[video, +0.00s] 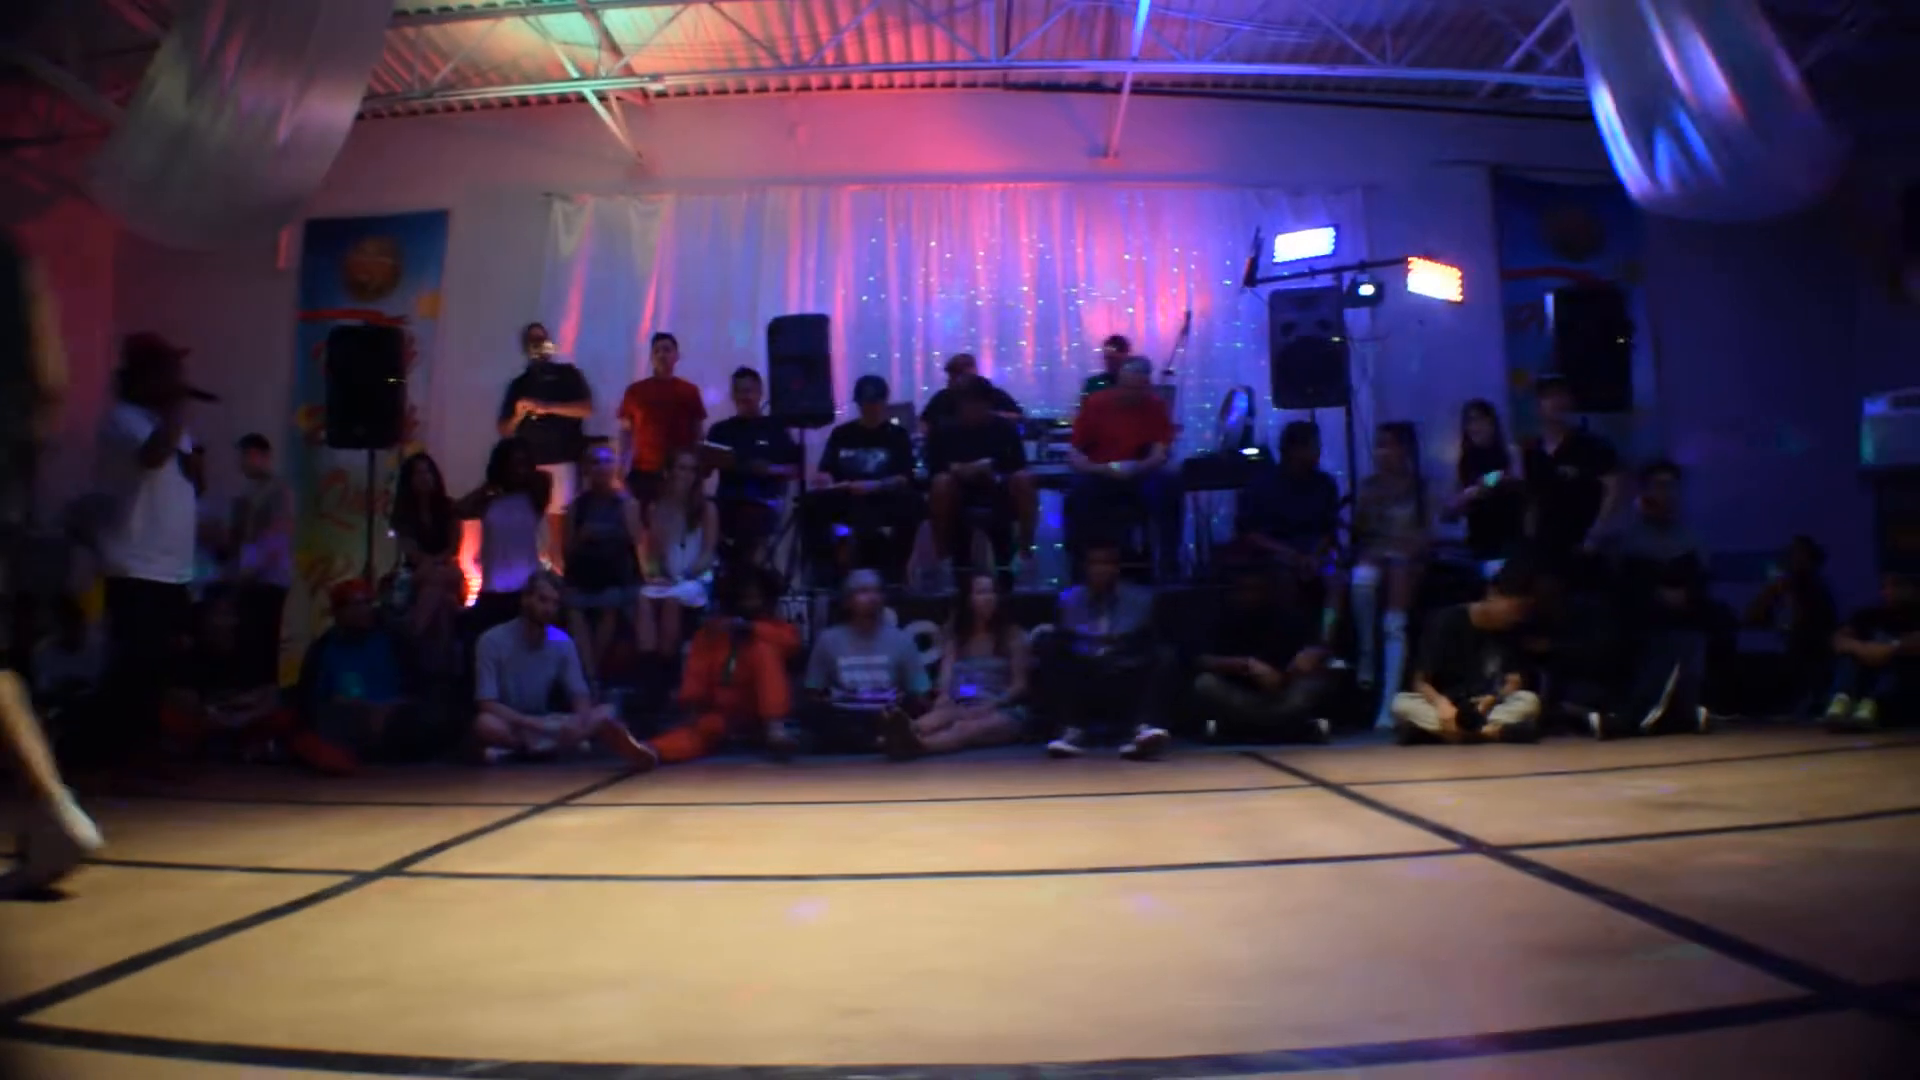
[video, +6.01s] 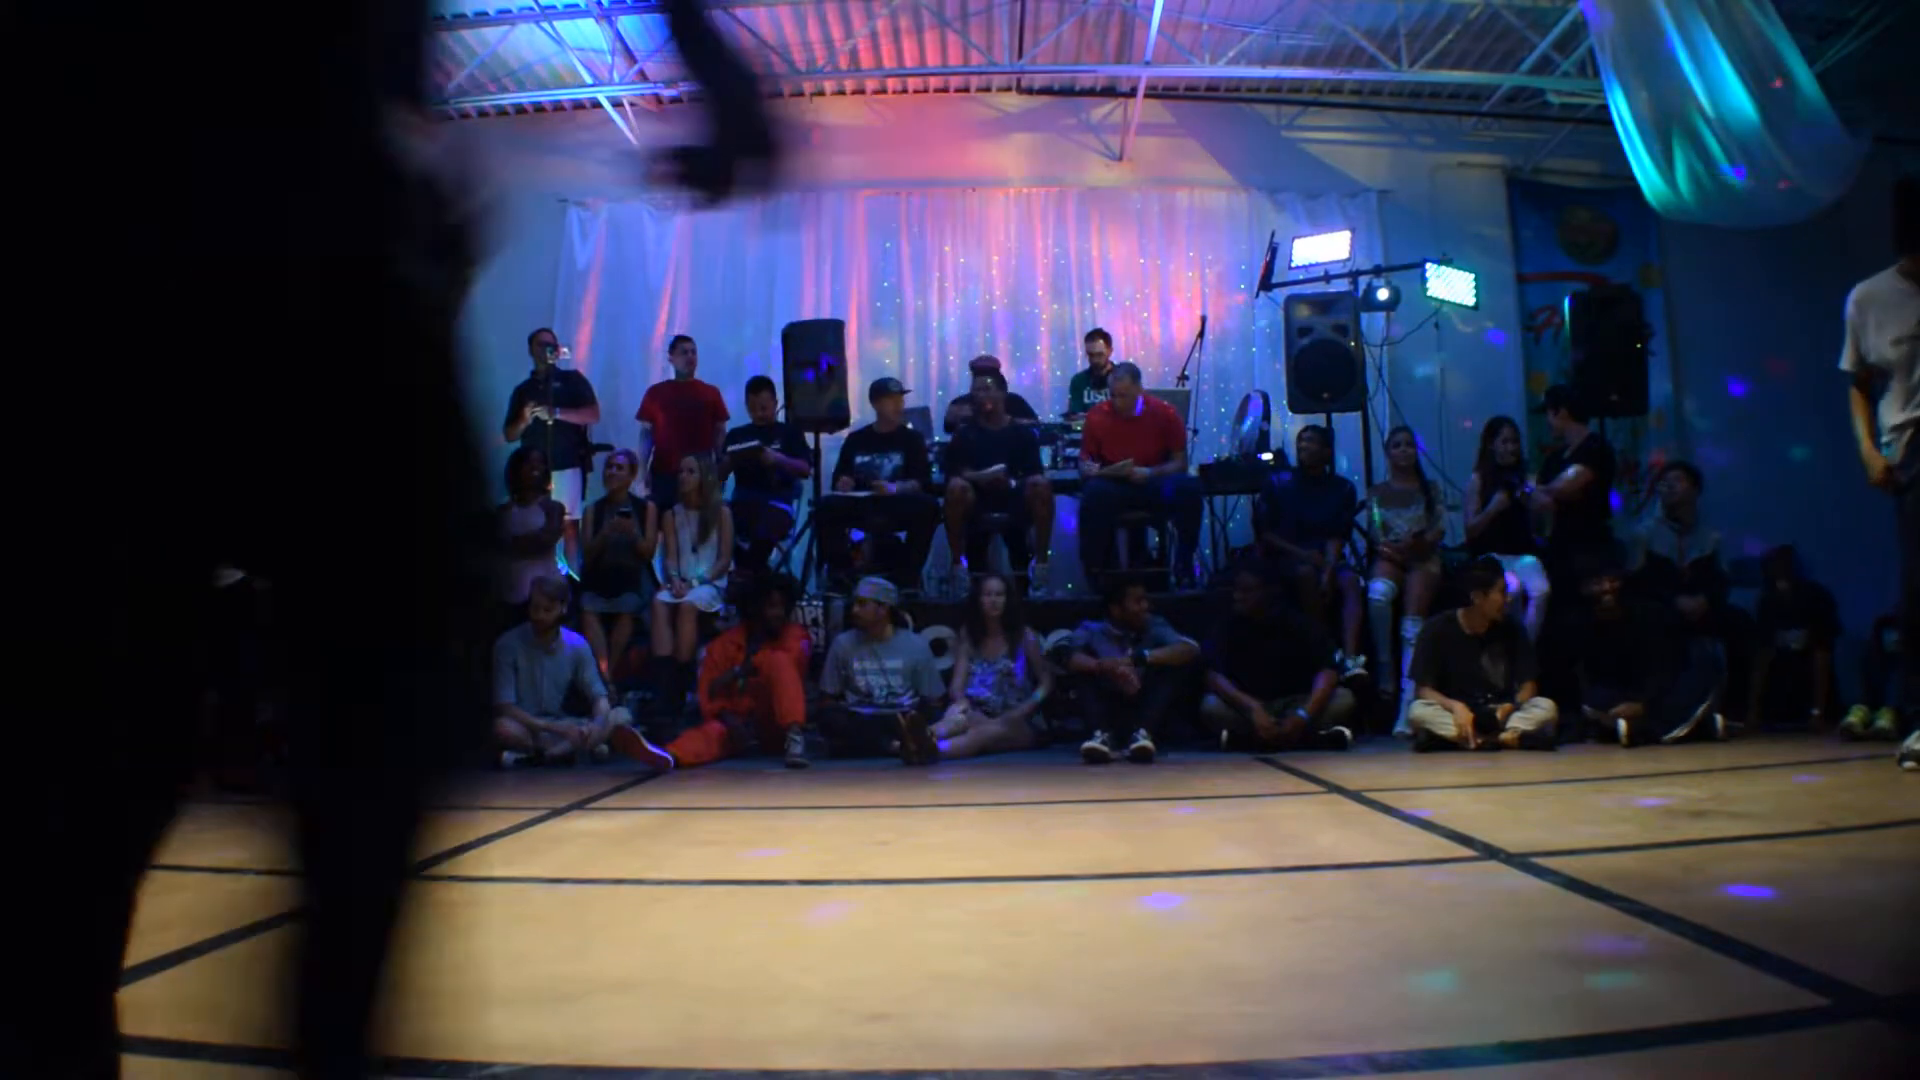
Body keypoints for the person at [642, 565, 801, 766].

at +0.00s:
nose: (747, 605)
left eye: (754, 598)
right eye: (741, 598)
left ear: (766, 601)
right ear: (728, 600)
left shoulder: (773, 629)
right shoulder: (711, 632)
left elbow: (790, 641)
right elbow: (693, 690)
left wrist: (751, 628)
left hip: (758, 710)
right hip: (722, 712)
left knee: (763, 650)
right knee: (701, 734)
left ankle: (776, 726)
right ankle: (650, 751)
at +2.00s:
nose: (775, 612)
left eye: (780, 606)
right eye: (768, 605)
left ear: (789, 608)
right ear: (753, 606)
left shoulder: (797, 635)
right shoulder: (728, 639)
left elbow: (790, 659)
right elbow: (712, 685)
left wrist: (752, 663)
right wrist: (711, 714)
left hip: (776, 714)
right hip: (738, 718)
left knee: (777, 659)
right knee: (715, 738)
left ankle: (796, 737)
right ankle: (673, 755)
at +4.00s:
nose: (760, 612)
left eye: (768, 606)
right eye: (756, 604)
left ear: (784, 611)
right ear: (749, 605)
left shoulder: (795, 637)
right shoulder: (725, 644)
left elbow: (784, 665)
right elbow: (709, 703)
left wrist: (743, 670)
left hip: (773, 721)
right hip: (736, 722)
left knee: (775, 661)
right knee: (711, 734)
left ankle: (794, 737)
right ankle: (670, 756)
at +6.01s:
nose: (778, 614)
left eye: (783, 607)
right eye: (771, 606)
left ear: (789, 609)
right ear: (754, 608)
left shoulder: (795, 637)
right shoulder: (725, 645)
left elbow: (789, 666)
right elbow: (708, 702)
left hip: (774, 720)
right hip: (736, 723)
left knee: (778, 660)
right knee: (710, 736)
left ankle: (795, 736)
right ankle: (669, 755)